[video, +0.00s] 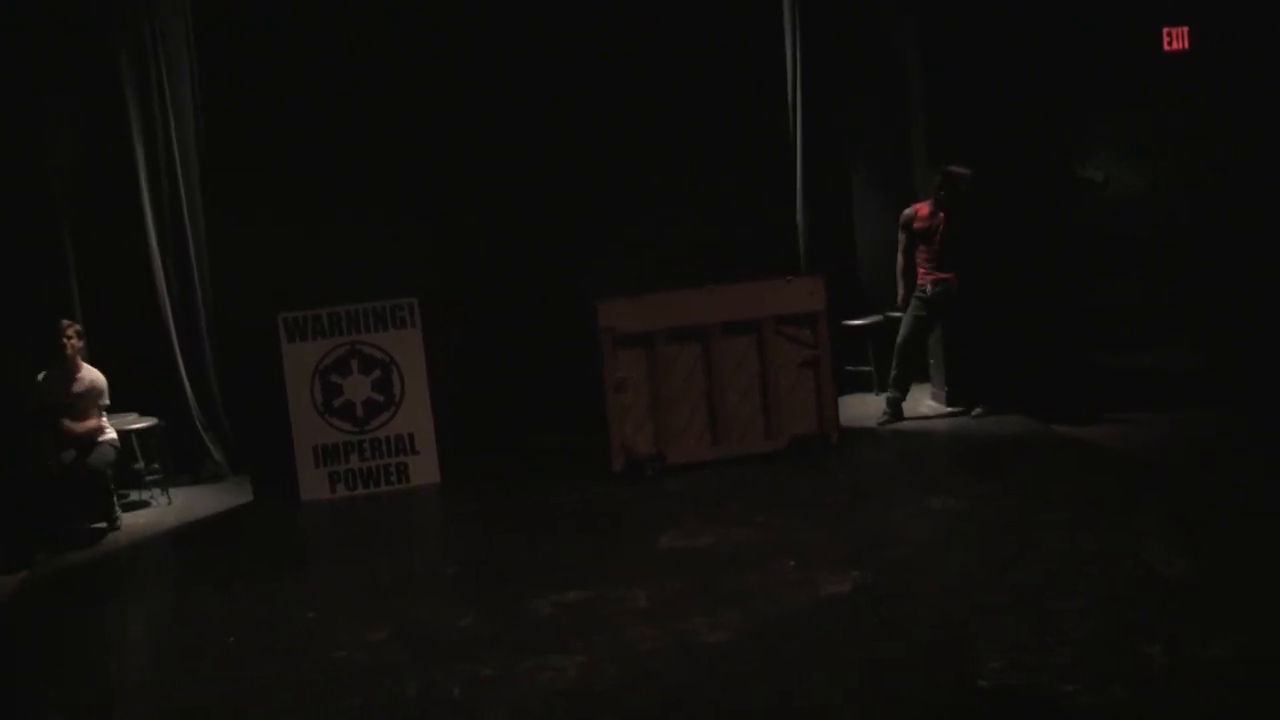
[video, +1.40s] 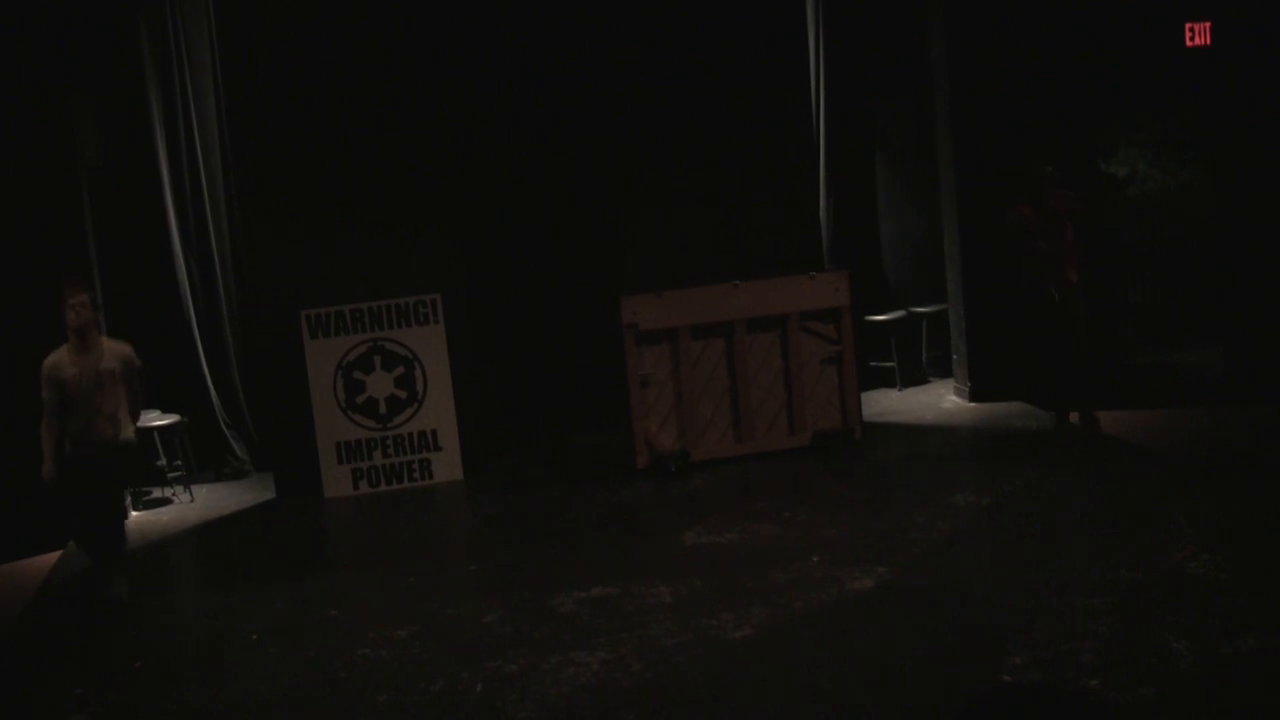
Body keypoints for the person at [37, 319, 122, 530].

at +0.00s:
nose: (65, 343)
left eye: (70, 338)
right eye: (61, 338)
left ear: (80, 343)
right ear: (56, 343)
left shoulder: (95, 379)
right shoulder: (46, 380)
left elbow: (97, 421)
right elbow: (47, 418)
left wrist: (74, 428)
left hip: (98, 436)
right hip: (67, 441)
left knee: (95, 466)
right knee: (60, 470)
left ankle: (111, 513)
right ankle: (70, 521)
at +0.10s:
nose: (74, 351)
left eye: (79, 345)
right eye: (70, 346)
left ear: (88, 350)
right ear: (63, 351)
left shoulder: (104, 388)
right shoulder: (51, 387)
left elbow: (104, 431)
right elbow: (50, 425)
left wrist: (88, 454)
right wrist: (52, 454)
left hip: (101, 439)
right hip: (67, 440)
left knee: (99, 474)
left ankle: (112, 514)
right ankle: (68, 524)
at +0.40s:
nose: (90, 344)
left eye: (95, 337)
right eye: (86, 338)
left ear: (104, 340)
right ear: (79, 341)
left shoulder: (122, 368)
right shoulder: (69, 373)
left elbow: (133, 404)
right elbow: (61, 409)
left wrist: (132, 435)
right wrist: (70, 433)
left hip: (115, 426)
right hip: (83, 429)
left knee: (120, 468)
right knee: (90, 474)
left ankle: (130, 510)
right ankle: (97, 521)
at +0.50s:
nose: (88, 297)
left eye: (91, 290)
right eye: (83, 291)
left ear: (100, 294)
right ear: (76, 297)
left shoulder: (121, 327)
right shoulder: (66, 331)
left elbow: (131, 366)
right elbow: (55, 373)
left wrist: (132, 399)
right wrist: (71, 397)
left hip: (116, 405)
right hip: (84, 408)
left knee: (121, 460)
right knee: (92, 465)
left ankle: (134, 511)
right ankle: (100, 521)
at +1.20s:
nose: (73, 298)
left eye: (78, 292)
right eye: (68, 294)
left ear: (89, 298)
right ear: (60, 301)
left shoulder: (116, 335)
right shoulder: (50, 345)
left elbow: (136, 376)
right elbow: (47, 392)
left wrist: (138, 418)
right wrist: (52, 429)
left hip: (112, 431)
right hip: (72, 434)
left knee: (115, 495)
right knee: (82, 501)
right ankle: (99, 564)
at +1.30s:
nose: (73, 298)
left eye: (78, 292)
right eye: (67, 293)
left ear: (89, 297)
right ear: (60, 301)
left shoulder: (118, 336)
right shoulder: (49, 350)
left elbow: (135, 378)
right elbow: (50, 400)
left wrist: (137, 415)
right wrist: (54, 443)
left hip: (116, 431)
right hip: (75, 437)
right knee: (85, 507)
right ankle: (103, 566)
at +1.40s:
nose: (78, 313)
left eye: (83, 306)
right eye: (72, 308)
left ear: (95, 311)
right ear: (65, 316)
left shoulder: (121, 353)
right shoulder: (54, 364)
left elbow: (135, 399)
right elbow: (50, 417)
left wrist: (131, 430)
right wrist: (48, 461)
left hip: (117, 447)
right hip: (77, 450)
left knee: (112, 514)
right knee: (81, 517)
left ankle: (117, 578)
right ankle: (95, 580)